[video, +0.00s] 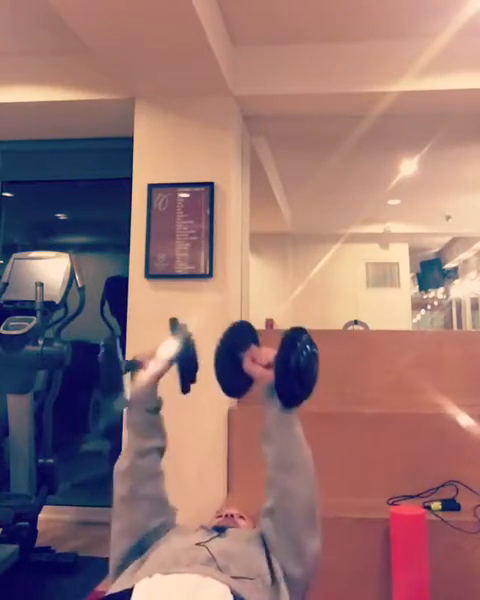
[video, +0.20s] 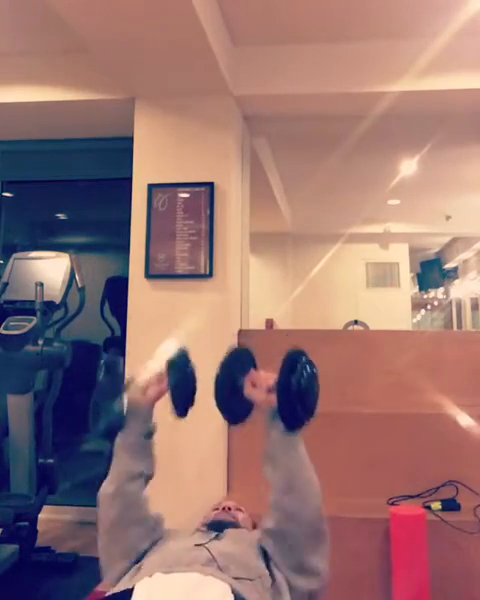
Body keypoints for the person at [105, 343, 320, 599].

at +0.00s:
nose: (228, 515)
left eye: (241, 518)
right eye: (221, 515)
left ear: (256, 532)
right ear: (204, 526)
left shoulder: (277, 559)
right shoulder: (149, 545)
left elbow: (293, 488)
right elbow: (137, 473)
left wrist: (274, 393)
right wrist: (143, 391)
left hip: (221, 589)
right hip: (143, 587)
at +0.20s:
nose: (226, 507)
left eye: (238, 510)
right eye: (218, 507)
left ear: (255, 529)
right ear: (199, 522)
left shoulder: (277, 561)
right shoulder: (144, 552)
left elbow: (299, 506)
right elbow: (120, 493)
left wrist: (277, 414)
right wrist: (139, 410)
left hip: (219, 589)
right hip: (145, 588)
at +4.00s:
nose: (230, 508)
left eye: (240, 510)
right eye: (222, 508)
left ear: (259, 529)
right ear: (205, 523)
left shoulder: (278, 556)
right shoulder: (150, 550)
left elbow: (323, 543)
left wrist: (298, 434)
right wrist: (133, 431)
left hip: (224, 589)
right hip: (150, 589)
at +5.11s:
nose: (236, 512)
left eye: (248, 514)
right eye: (227, 511)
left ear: (262, 528)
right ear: (212, 521)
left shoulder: (280, 557)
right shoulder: (161, 539)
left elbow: (297, 489)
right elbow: (154, 471)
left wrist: (279, 394)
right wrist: (163, 389)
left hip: (224, 588)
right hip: (146, 587)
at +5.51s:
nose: (232, 503)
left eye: (243, 504)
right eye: (224, 503)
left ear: (260, 527)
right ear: (205, 522)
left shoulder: (272, 552)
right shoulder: (161, 552)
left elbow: (332, 595)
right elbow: (92, 593)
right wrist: (122, 513)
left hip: (227, 590)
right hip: (156, 588)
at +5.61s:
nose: (232, 503)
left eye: (244, 504)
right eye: (224, 502)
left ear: (260, 526)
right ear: (207, 522)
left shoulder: (274, 555)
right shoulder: (159, 552)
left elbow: (325, 595)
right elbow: (100, 593)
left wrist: (318, 539)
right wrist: (116, 540)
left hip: (222, 589)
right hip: (155, 589)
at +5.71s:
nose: (233, 504)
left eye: (246, 505)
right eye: (225, 503)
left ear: (261, 525)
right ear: (208, 522)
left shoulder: (272, 555)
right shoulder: (158, 554)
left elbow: (309, 595)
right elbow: (109, 595)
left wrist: (324, 567)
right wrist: (111, 560)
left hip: (220, 589)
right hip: (150, 589)